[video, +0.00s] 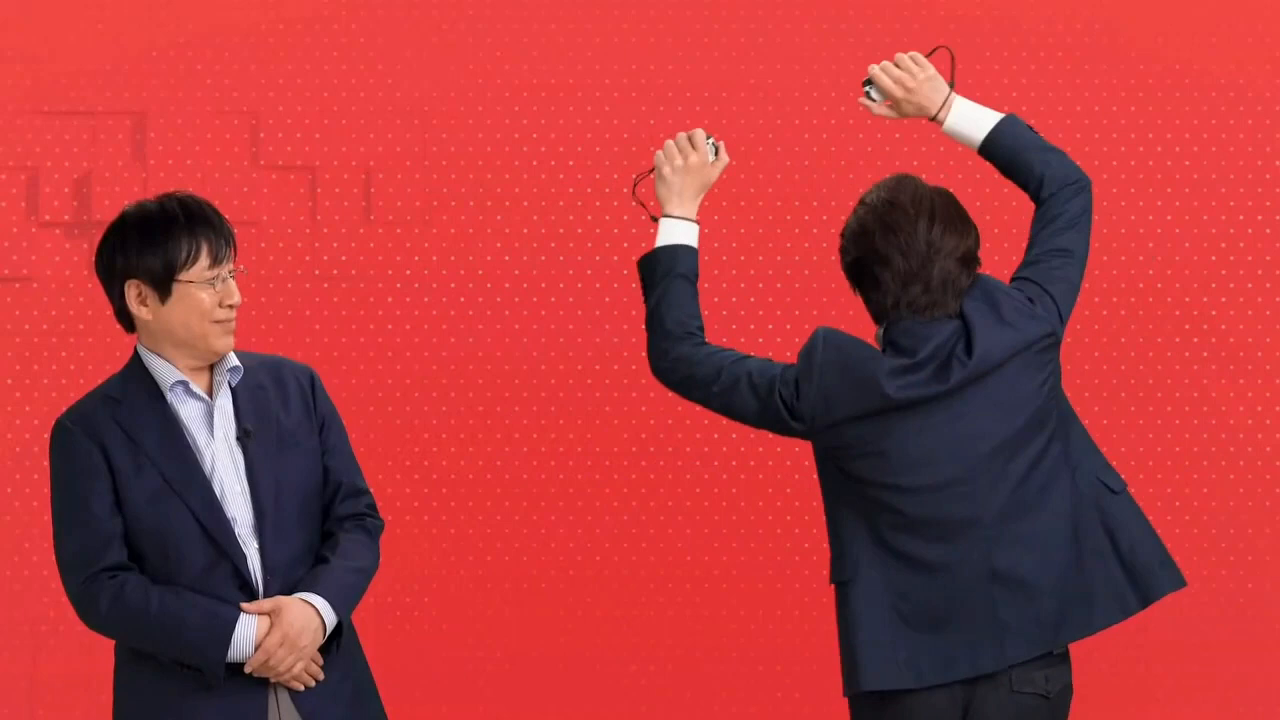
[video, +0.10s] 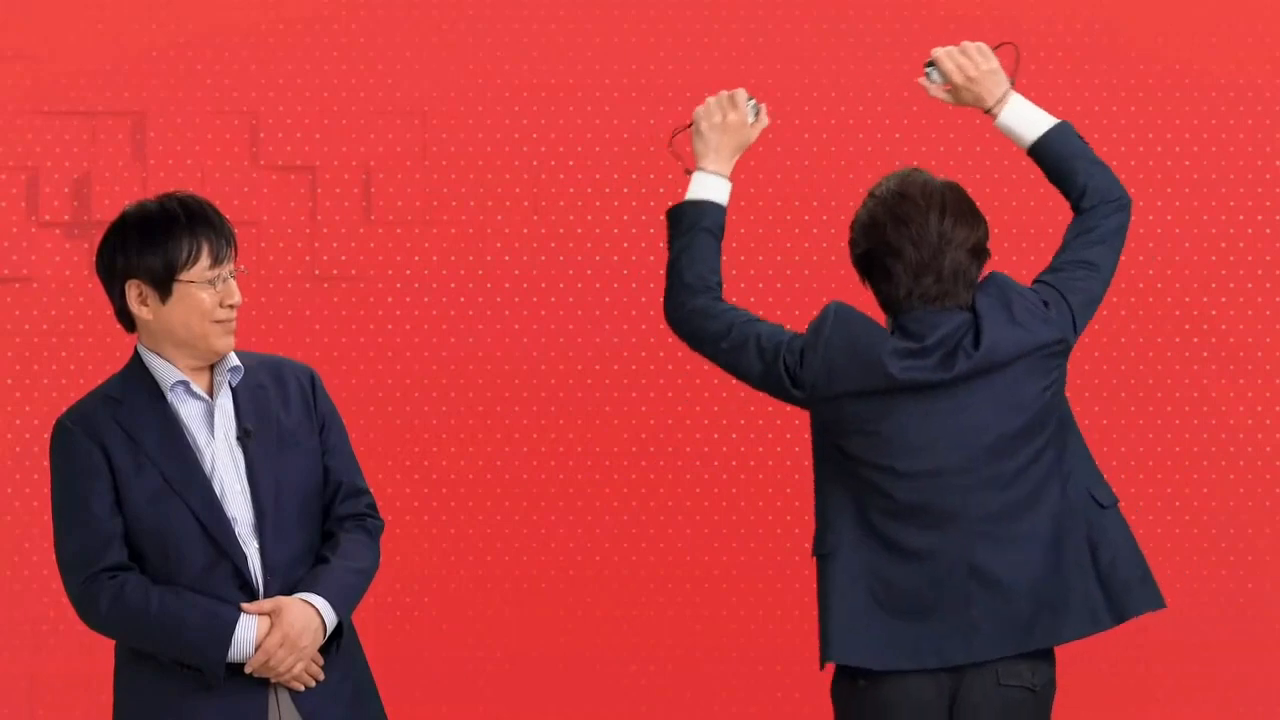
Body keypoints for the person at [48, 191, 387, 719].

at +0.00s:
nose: (233, 297)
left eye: (232, 277)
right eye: (210, 282)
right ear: (142, 300)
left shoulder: (296, 388)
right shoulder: (88, 433)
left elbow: (358, 522)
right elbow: (100, 590)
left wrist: (317, 611)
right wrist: (249, 638)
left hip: (331, 699)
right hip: (189, 706)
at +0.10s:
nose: (233, 297)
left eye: (232, 277)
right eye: (210, 282)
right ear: (143, 300)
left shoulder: (297, 388)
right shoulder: (88, 433)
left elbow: (358, 522)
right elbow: (100, 590)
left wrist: (317, 611)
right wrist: (249, 638)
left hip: (331, 699)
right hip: (189, 707)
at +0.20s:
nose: (234, 297)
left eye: (232, 277)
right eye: (210, 282)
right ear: (143, 300)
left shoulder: (297, 388)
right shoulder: (89, 433)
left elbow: (359, 522)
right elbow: (101, 590)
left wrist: (318, 612)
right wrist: (249, 638)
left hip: (332, 699)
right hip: (189, 707)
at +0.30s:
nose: (234, 298)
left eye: (233, 278)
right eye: (211, 282)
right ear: (143, 300)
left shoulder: (298, 389)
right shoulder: (90, 432)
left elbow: (359, 523)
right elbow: (101, 590)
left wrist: (318, 611)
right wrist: (249, 638)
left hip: (332, 699)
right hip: (190, 707)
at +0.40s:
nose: (235, 297)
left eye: (233, 277)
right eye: (210, 282)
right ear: (144, 301)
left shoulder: (299, 388)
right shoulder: (90, 433)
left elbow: (360, 522)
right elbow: (102, 590)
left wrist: (318, 612)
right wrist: (250, 638)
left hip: (332, 699)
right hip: (190, 707)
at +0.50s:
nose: (235, 297)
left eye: (234, 277)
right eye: (212, 282)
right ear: (145, 300)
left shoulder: (299, 388)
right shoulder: (90, 433)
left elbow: (360, 523)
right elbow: (103, 590)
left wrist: (319, 611)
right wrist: (250, 638)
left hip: (332, 699)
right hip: (191, 707)